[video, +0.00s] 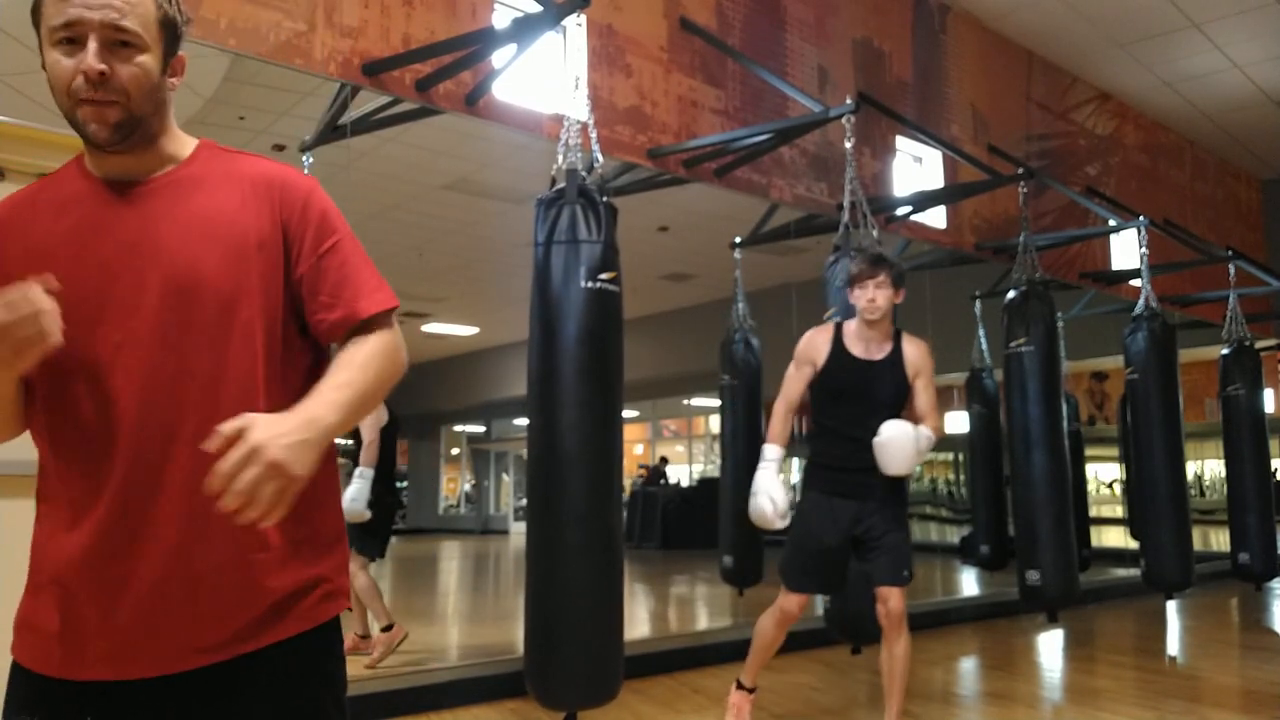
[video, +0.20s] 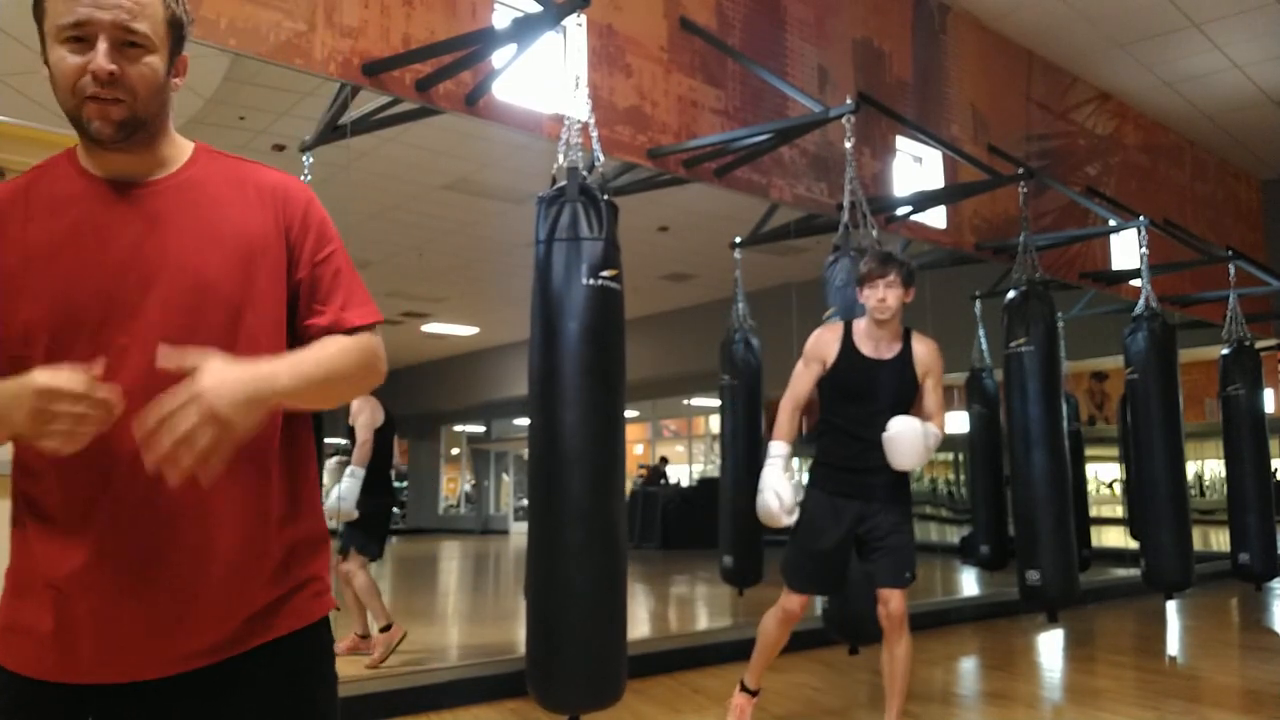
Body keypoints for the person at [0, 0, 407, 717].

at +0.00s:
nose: (91, 66)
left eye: (120, 44)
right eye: (68, 42)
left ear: (172, 69)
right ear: (44, 63)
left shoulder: (279, 197)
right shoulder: (15, 226)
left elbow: (381, 342)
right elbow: (4, 424)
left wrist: (308, 426)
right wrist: (4, 364)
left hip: (270, 635)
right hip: (78, 636)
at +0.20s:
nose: (100, 66)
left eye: (131, 45)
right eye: (77, 39)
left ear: (176, 65)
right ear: (45, 54)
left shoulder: (279, 205)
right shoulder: (9, 217)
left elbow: (364, 354)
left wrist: (256, 385)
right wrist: (9, 407)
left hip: (259, 641)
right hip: (56, 648)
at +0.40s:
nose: (119, 58)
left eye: (147, 38)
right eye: (93, 33)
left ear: (186, 63)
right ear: (56, 53)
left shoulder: (278, 211)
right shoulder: (7, 206)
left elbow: (360, 368)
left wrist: (291, 341)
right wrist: (28, 343)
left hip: (256, 639)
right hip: (48, 651)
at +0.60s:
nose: (140, 64)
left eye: (170, 47)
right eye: (117, 35)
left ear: (202, 75)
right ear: (73, 51)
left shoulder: (266, 213)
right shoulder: (8, 196)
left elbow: (343, 384)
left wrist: (310, 296)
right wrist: (34, 311)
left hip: (242, 633)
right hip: (45, 643)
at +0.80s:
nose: (168, 80)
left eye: (198, 61)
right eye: (145, 49)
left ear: (224, 83)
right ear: (96, 53)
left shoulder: (279, 224)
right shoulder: (15, 198)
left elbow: (323, 403)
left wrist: (325, 301)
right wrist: (39, 297)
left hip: (246, 640)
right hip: (47, 652)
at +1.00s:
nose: (212, 92)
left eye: (245, 74)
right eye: (192, 57)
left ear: (270, 96)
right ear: (144, 58)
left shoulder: (318, 241)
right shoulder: (34, 214)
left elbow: (365, 391)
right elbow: (2, 388)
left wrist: (350, 414)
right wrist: (106, 420)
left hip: (248, 657)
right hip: (58, 654)